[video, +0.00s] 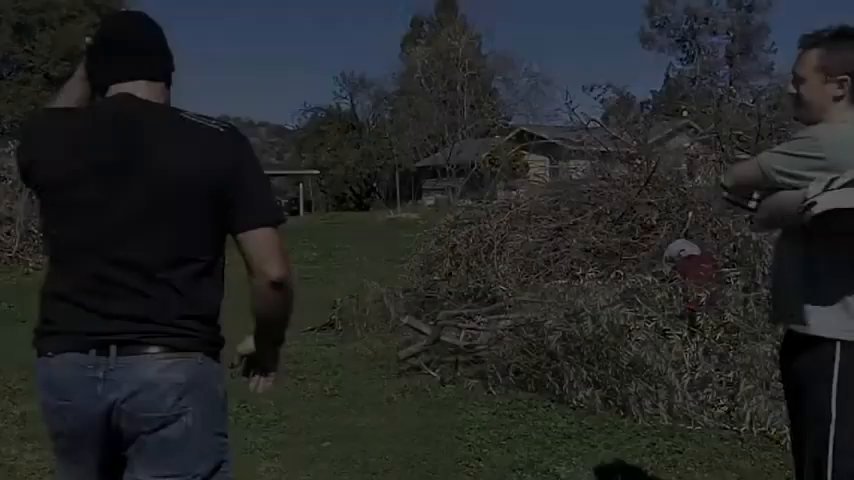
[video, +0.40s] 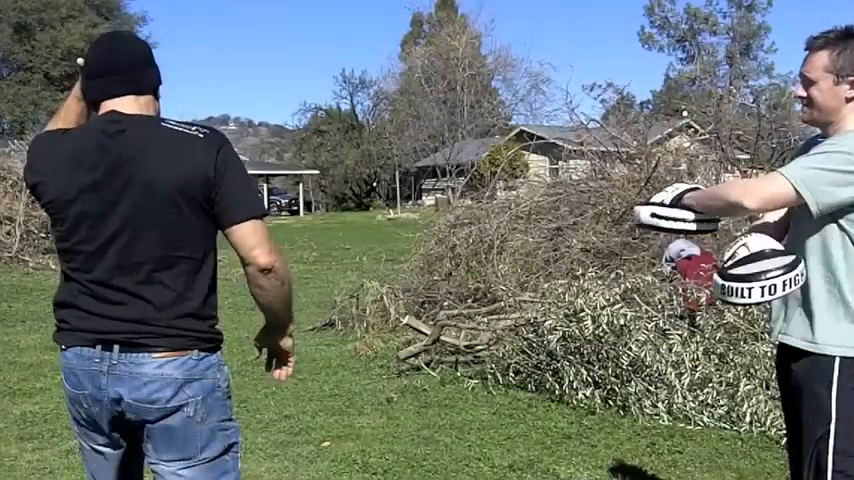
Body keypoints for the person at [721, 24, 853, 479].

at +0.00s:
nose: (791, 91)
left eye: (800, 81)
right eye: (793, 81)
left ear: (838, 87)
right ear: (835, 88)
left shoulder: (832, 139)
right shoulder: (831, 138)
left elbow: (738, 176)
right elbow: (762, 213)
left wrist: (745, 195)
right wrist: (805, 199)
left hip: (830, 340)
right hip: (815, 337)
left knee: (825, 463)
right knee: (813, 461)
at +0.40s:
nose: (798, 92)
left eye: (809, 82)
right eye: (800, 81)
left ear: (847, 88)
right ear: (838, 88)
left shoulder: (848, 149)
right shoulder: (819, 146)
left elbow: (752, 196)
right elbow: (787, 217)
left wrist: (685, 200)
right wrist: (754, 245)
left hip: (835, 347)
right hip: (803, 341)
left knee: (829, 469)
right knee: (806, 464)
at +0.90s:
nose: (773, 92)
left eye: (783, 82)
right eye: (776, 82)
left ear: (824, 87)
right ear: (819, 88)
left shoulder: (844, 159)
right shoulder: (814, 157)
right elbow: (803, 243)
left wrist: (829, 267)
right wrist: (752, 264)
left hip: (830, 360)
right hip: (798, 353)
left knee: (828, 470)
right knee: (804, 465)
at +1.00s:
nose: (765, 93)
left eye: (775, 82)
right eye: (767, 82)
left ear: (815, 87)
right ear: (812, 88)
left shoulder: (844, 152)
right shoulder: (811, 154)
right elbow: (826, 241)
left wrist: (850, 278)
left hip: (825, 355)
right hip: (794, 352)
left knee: (829, 470)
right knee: (806, 467)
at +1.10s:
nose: (763, 92)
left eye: (773, 81)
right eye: (765, 82)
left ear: (813, 87)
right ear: (810, 88)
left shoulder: (842, 148)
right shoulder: (809, 153)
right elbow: (828, 240)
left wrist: (848, 303)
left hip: (823, 348)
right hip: (793, 347)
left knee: (829, 469)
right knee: (806, 467)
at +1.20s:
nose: (762, 92)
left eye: (772, 82)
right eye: (765, 82)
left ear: (813, 87)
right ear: (810, 88)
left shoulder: (843, 148)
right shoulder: (810, 152)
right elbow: (824, 242)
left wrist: (849, 302)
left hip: (824, 350)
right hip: (791, 347)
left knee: (828, 469)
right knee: (804, 467)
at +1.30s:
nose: (764, 93)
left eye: (774, 83)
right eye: (766, 83)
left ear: (815, 87)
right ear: (811, 88)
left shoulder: (844, 150)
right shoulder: (810, 153)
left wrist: (850, 289)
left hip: (823, 355)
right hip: (790, 351)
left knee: (826, 470)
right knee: (803, 467)